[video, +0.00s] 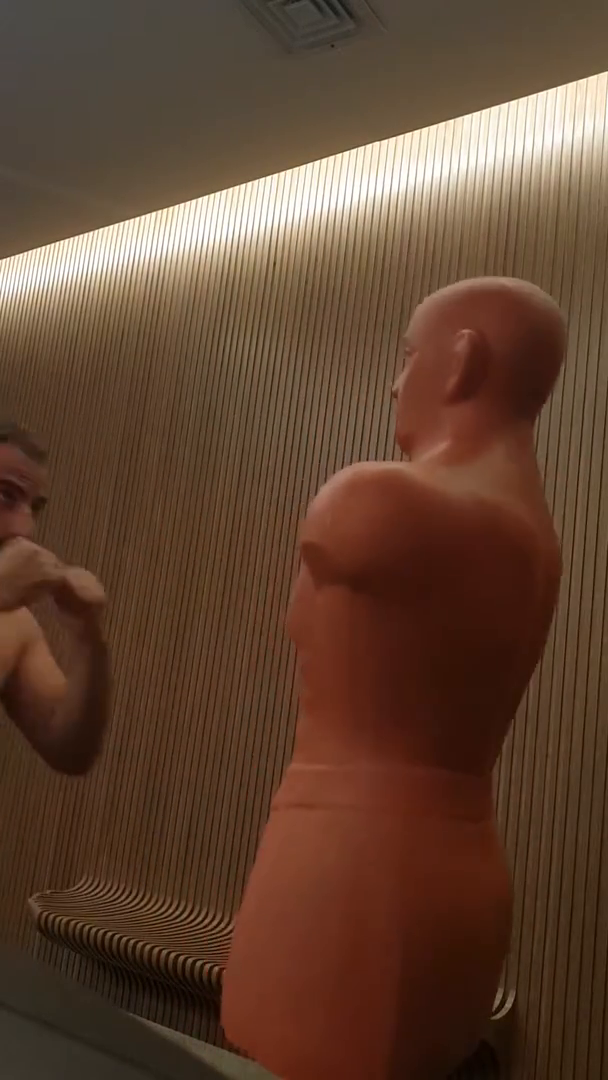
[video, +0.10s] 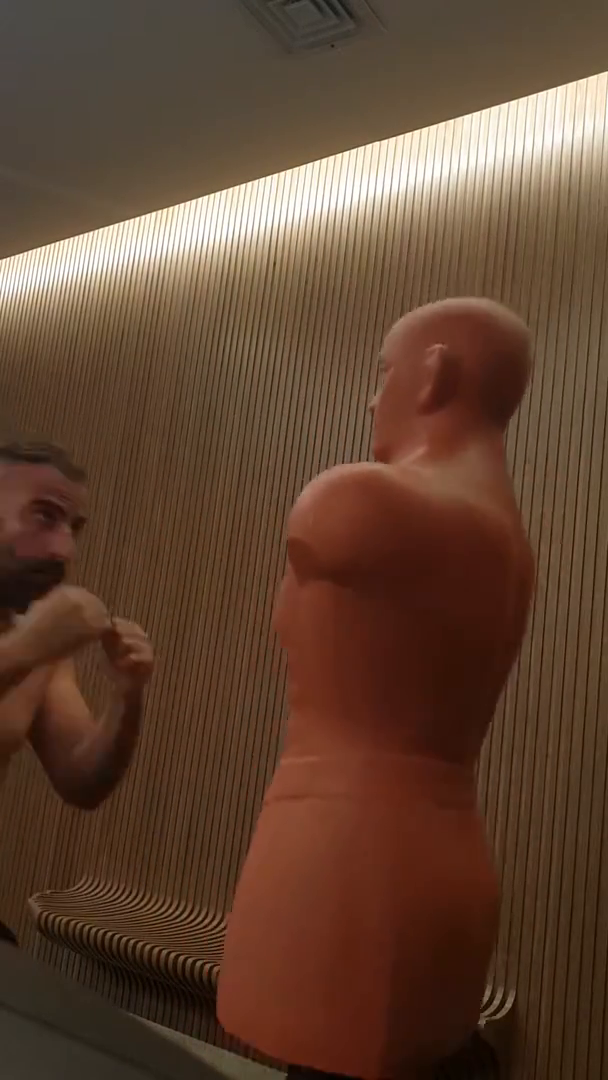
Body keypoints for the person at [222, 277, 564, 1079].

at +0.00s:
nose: (397, 384)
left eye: (410, 357)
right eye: (403, 359)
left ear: (462, 363)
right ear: (528, 390)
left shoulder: (374, 507)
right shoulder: (532, 542)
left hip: (348, 883)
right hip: (453, 873)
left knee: (297, 1065)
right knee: (410, 1065)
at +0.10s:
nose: (373, 397)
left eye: (386, 372)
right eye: (378, 374)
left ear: (436, 378)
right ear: (498, 400)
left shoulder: (356, 505)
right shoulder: (505, 541)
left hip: (342, 863)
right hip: (442, 853)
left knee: (292, 1064)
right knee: (406, 1065)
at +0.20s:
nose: (347, 413)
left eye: (356, 389)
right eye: (350, 392)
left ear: (406, 387)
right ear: (470, 411)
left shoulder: (334, 504)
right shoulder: (479, 538)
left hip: (330, 855)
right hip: (430, 846)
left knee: (320, 1064)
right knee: (382, 1063)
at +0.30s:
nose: (340, 410)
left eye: (349, 387)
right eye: (342, 390)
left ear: (397, 387)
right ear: (459, 407)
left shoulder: (325, 504)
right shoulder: (470, 534)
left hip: (327, 854)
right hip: (427, 842)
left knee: (316, 1061)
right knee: (383, 1061)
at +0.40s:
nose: (350, 401)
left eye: (360, 377)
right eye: (353, 379)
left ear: (411, 377)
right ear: (473, 401)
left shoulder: (338, 503)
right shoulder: (486, 539)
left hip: (328, 865)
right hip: (432, 852)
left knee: (311, 1062)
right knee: (385, 1064)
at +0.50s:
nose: (369, 390)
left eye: (383, 363)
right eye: (374, 365)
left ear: (434, 368)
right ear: (494, 393)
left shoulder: (348, 502)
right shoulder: (504, 538)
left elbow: (281, 623)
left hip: (337, 871)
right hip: (444, 860)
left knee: (295, 1064)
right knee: (404, 1065)